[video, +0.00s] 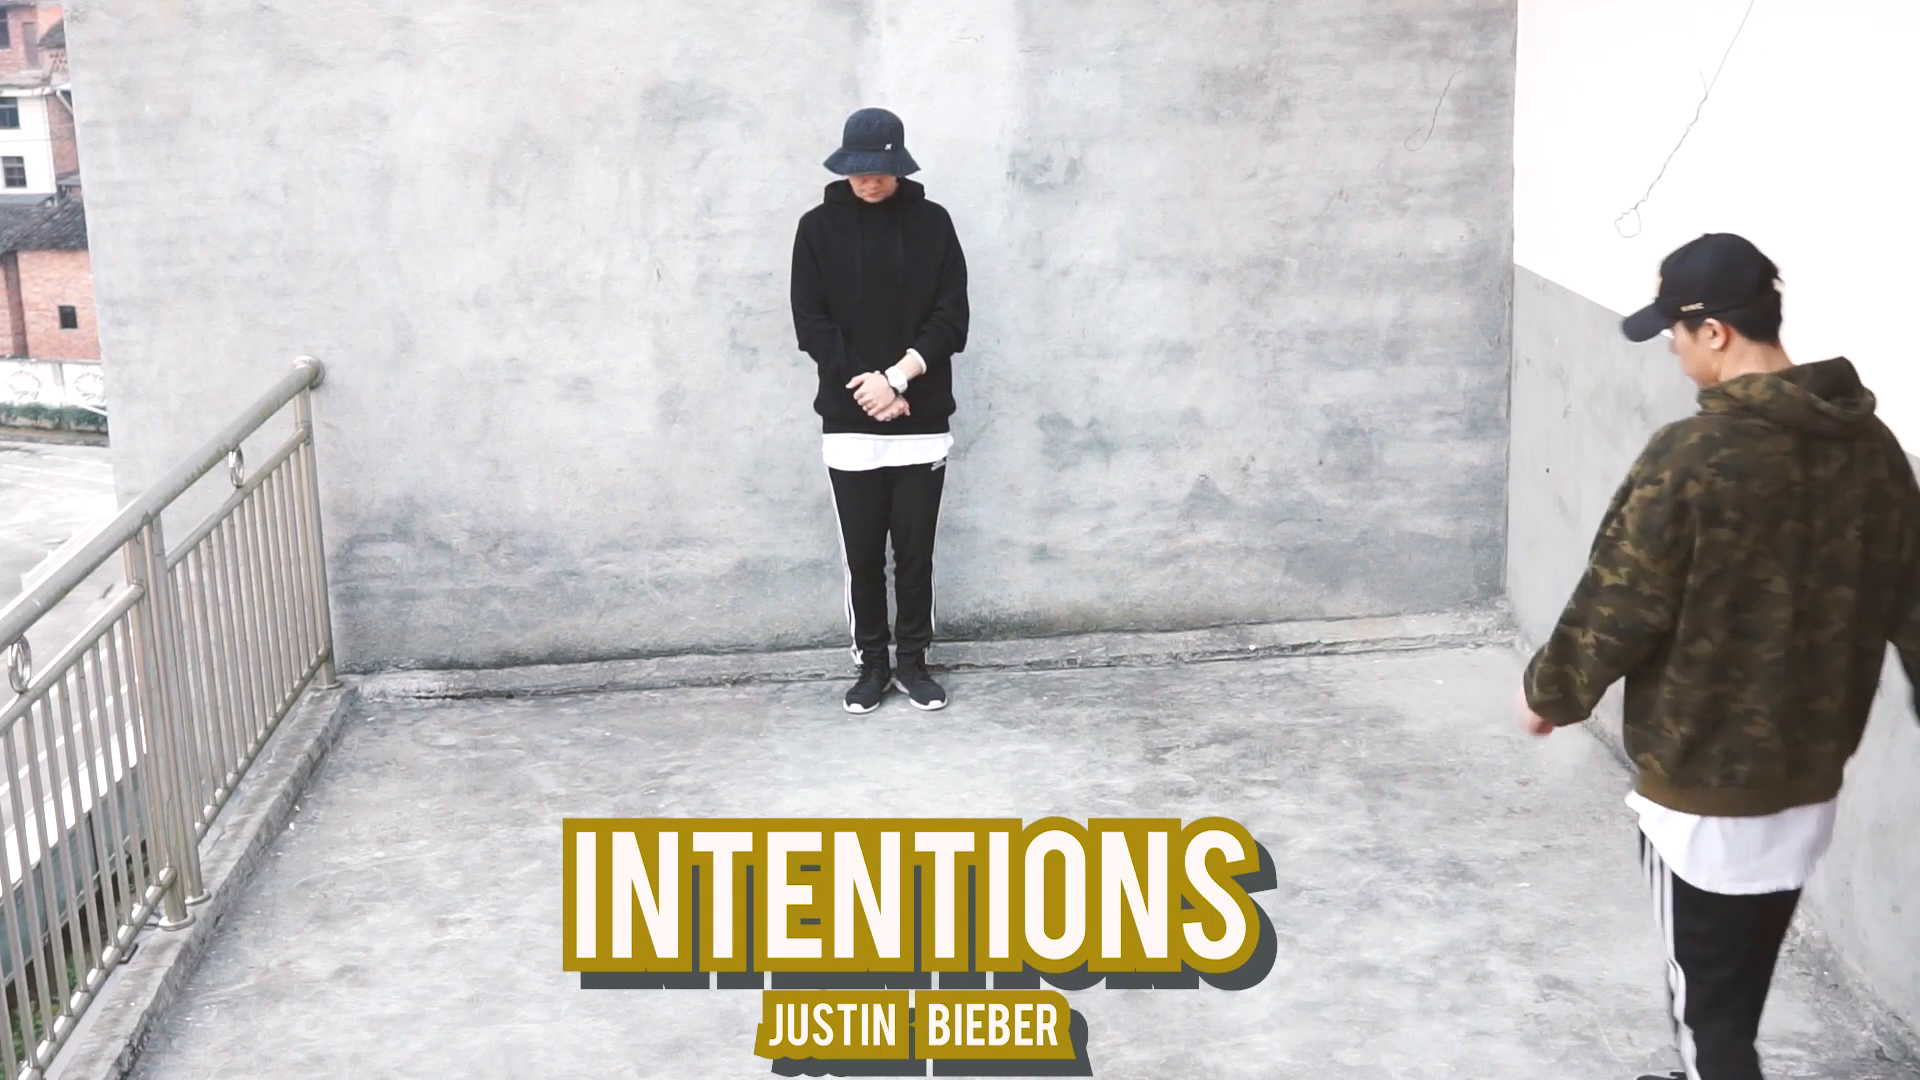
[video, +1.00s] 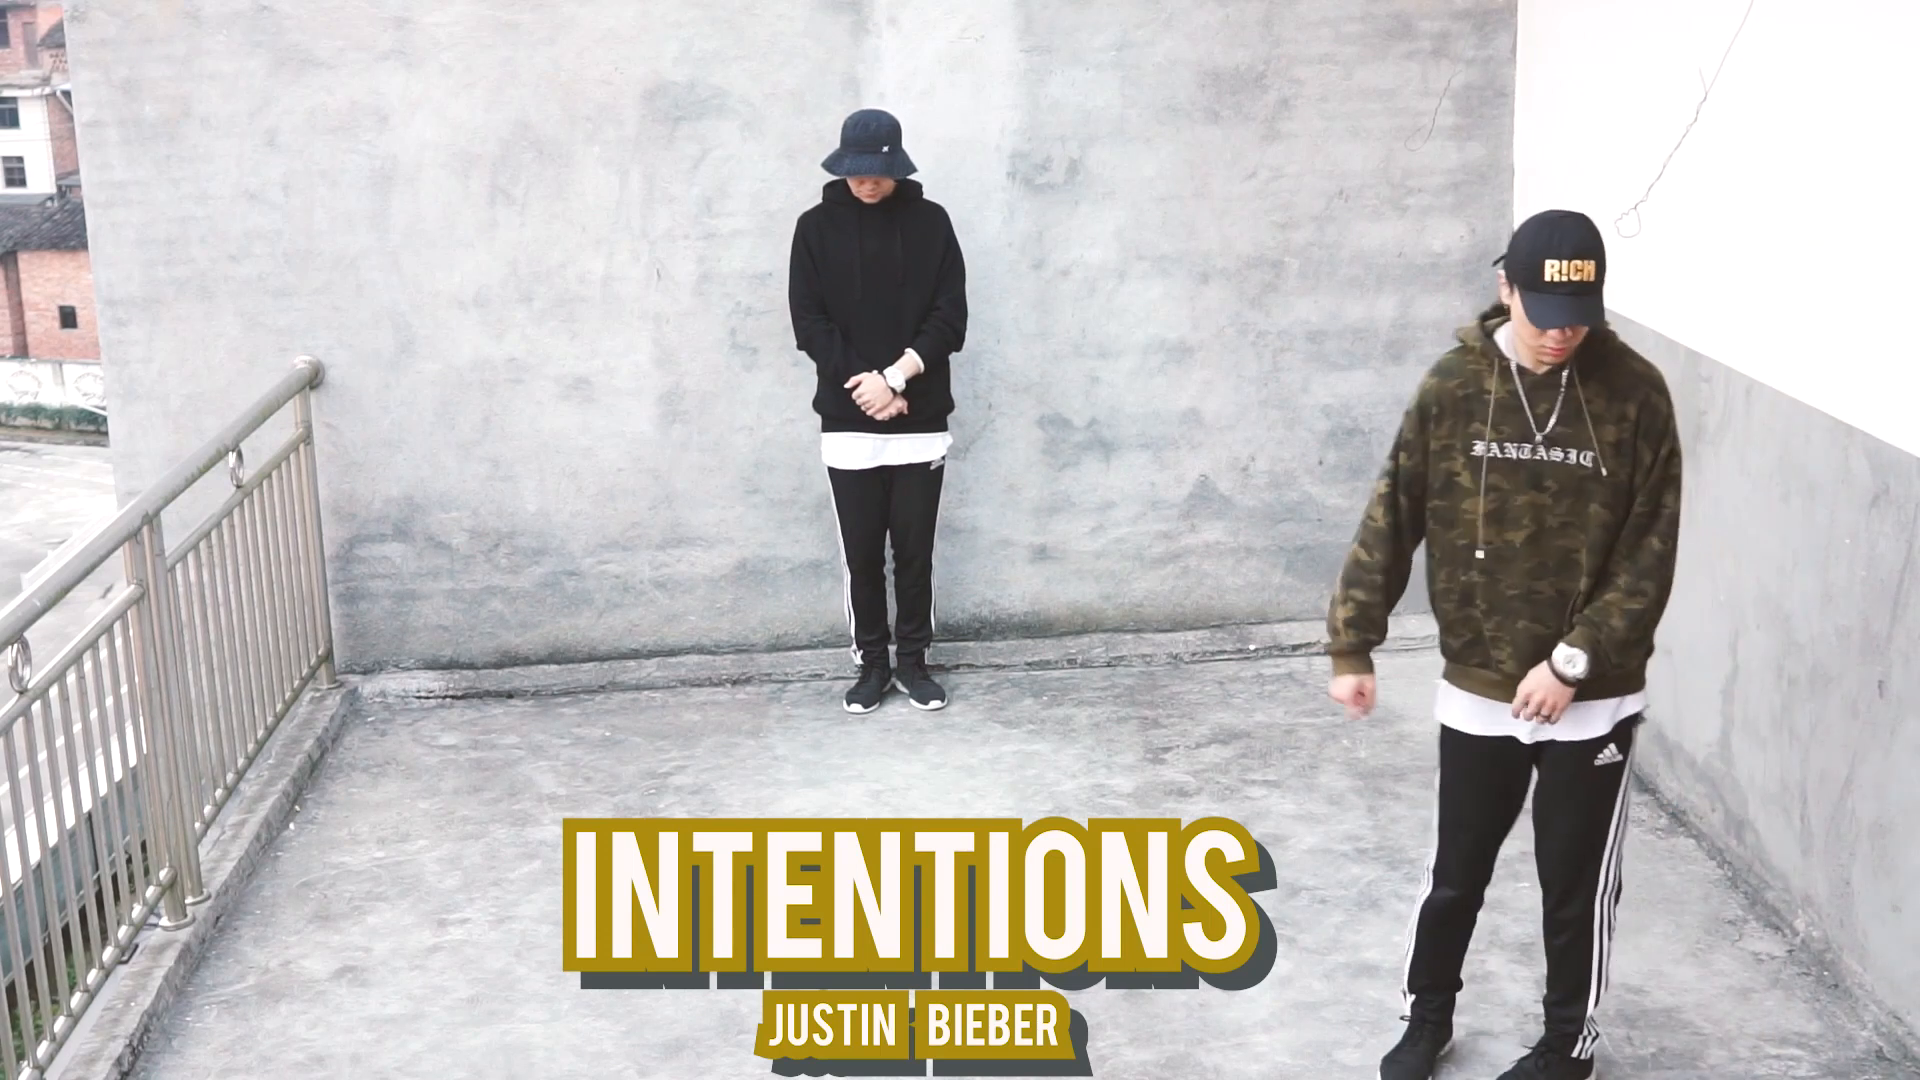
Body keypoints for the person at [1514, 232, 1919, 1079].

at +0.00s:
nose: (1674, 354)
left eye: (1674, 334)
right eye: (1670, 337)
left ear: (1713, 331)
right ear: (1759, 319)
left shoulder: (1693, 454)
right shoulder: (1879, 454)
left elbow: (1621, 605)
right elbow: (1913, 611)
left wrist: (1551, 693)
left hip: (1705, 780)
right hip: (1814, 771)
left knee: (1715, 1019)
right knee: (1740, 999)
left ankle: (1722, 1066)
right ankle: (1714, 1058)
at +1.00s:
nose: (1561, 335)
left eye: (1578, 319)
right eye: (1545, 316)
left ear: (1599, 302)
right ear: (1505, 287)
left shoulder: (1634, 392)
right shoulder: (1451, 386)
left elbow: (1650, 550)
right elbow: (1391, 516)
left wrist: (1573, 661)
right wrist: (1352, 644)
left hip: (1594, 690)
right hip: (1479, 682)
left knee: (1575, 881)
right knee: (1458, 871)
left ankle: (1567, 1041)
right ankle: (1427, 1022)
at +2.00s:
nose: (1616, 312)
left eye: (1634, 295)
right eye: (1601, 291)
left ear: (1655, 285)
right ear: (1564, 267)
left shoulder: (1680, 375)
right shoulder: (1505, 368)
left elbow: (1691, 521)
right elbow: (1480, 518)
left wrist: (1625, 615)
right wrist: (1566, 623)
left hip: (1626, 667)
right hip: (1508, 660)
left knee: (1616, 853)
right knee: (1470, 849)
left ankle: (1607, 1005)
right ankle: (1431, 1003)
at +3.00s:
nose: (1560, 304)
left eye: (1575, 286)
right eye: (1543, 285)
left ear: (1594, 274)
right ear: (1503, 262)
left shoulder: (1619, 365)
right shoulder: (1450, 364)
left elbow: (1637, 510)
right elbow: (1440, 517)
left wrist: (1584, 613)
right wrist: (1528, 621)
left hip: (1592, 662)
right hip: (1478, 663)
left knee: (1579, 851)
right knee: (1457, 854)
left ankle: (1571, 997)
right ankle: (1433, 1008)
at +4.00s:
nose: (1552, 301)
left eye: (1566, 285)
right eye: (1535, 283)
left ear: (1585, 272)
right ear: (1495, 260)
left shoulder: (1611, 363)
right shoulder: (1442, 361)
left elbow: (1629, 507)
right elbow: (1433, 514)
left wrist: (1575, 610)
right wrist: (1522, 620)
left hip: (1586, 659)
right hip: (1472, 661)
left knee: (1575, 849)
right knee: (1453, 853)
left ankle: (1571, 998)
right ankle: (1433, 1007)